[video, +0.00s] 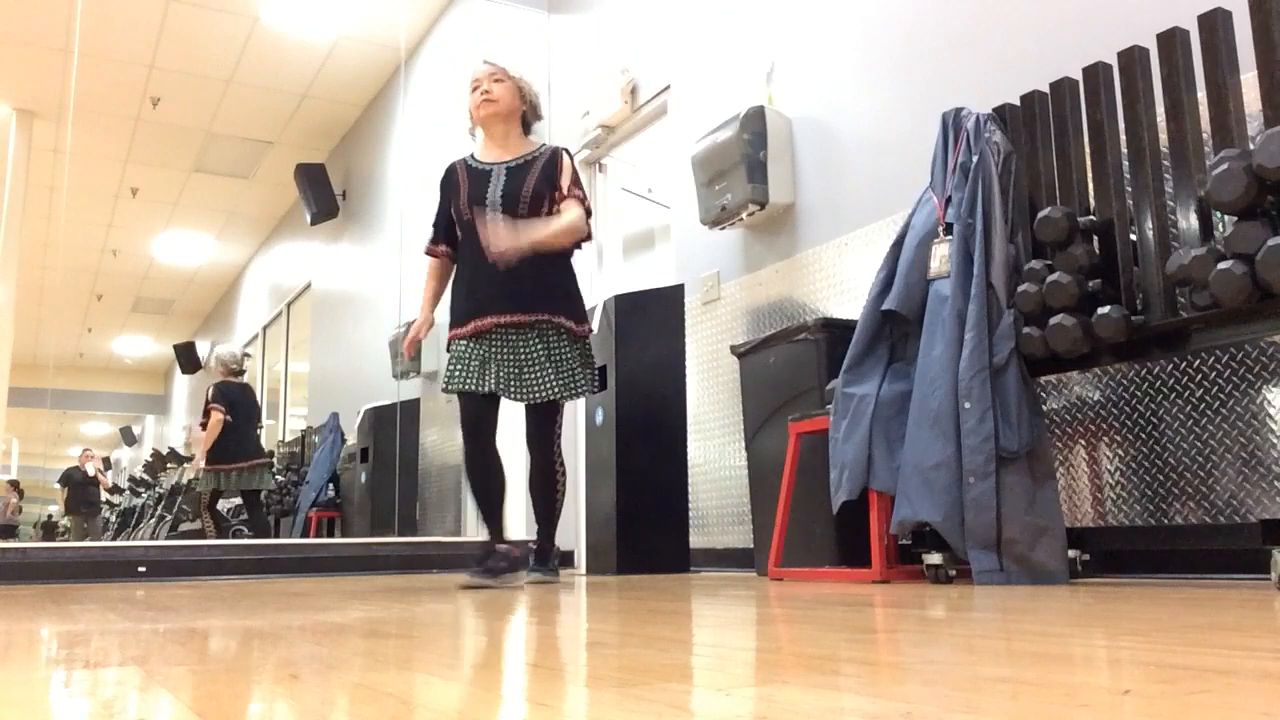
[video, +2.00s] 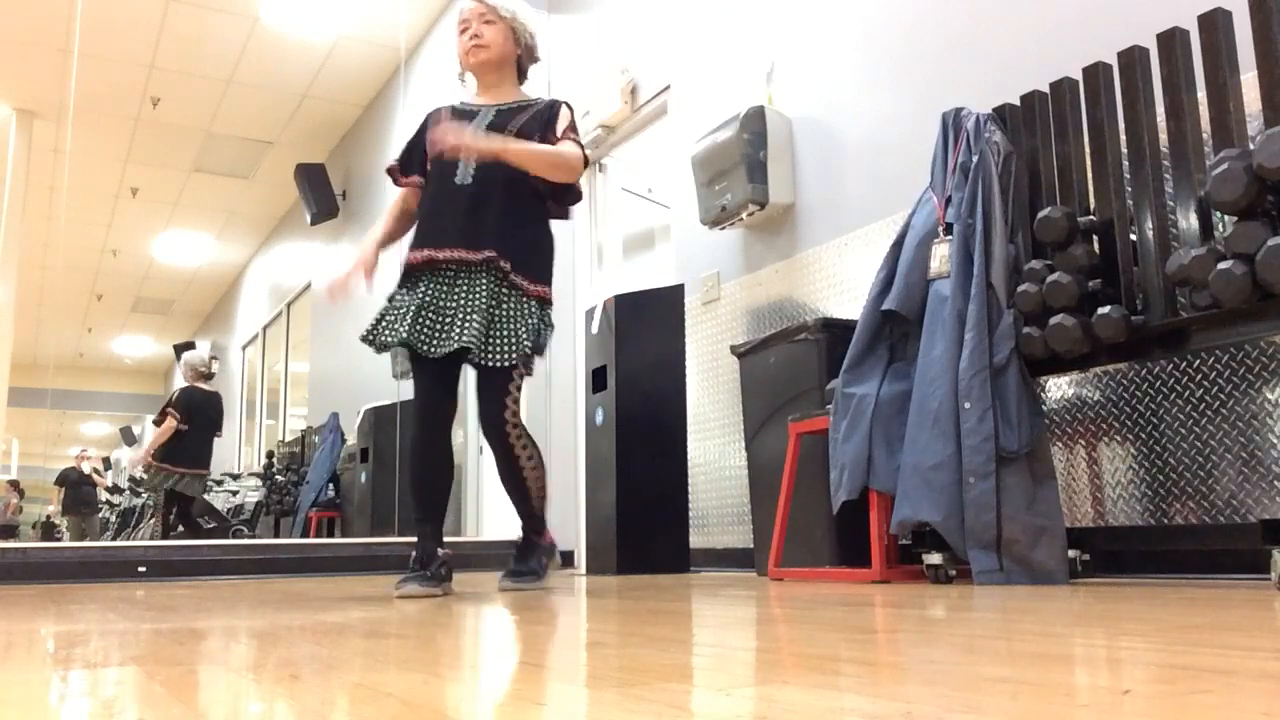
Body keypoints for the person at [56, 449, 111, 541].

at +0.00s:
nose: (89, 459)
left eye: (92, 457)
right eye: (86, 456)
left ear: (94, 459)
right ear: (80, 458)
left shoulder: (97, 471)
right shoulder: (71, 471)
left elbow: (107, 485)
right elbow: (61, 488)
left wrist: (96, 471)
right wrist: (61, 506)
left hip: (94, 511)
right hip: (76, 512)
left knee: (96, 540)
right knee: (77, 541)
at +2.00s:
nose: (85, 461)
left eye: (87, 458)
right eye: (82, 458)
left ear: (90, 460)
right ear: (76, 459)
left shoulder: (94, 471)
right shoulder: (67, 472)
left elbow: (103, 484)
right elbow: (58, 489)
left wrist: (92, 474)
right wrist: (56, 507)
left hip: (91, 511)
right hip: (73, 512)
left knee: (95, 538)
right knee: (75, 540)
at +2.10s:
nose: (85, 461)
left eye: (87, 458)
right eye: (82, 458)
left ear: (90, 459)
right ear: (76, 459)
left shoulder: (94, 471)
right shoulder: (67, 472)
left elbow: (103, 484)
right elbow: (58, 489)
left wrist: (91, 474)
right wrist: (55, 507)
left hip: (91, 512)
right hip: (73, 512)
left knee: (95, 539)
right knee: (74, 540)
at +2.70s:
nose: (87, 461)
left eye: (89, 458)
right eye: (84, 458)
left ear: (93, 460)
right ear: (79, 458)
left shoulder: (96, 471)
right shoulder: (70, 471)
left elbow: (104, 485)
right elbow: (59, 488)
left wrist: (93, 473)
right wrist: (56, 506)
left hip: (91, 510)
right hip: (73, 511)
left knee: (95, 537)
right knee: (74, 539)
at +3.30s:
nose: (99, 460)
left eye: (102, 458)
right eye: (96, 457)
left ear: (106, 460)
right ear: (92, 458)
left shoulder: (109, 471)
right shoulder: (83, 470)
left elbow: (116, 484)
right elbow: (72, 486)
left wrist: (104, 473)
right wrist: (70, 504)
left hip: (102, 511)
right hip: (83, 510)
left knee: (98, 539)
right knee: (81, 538)